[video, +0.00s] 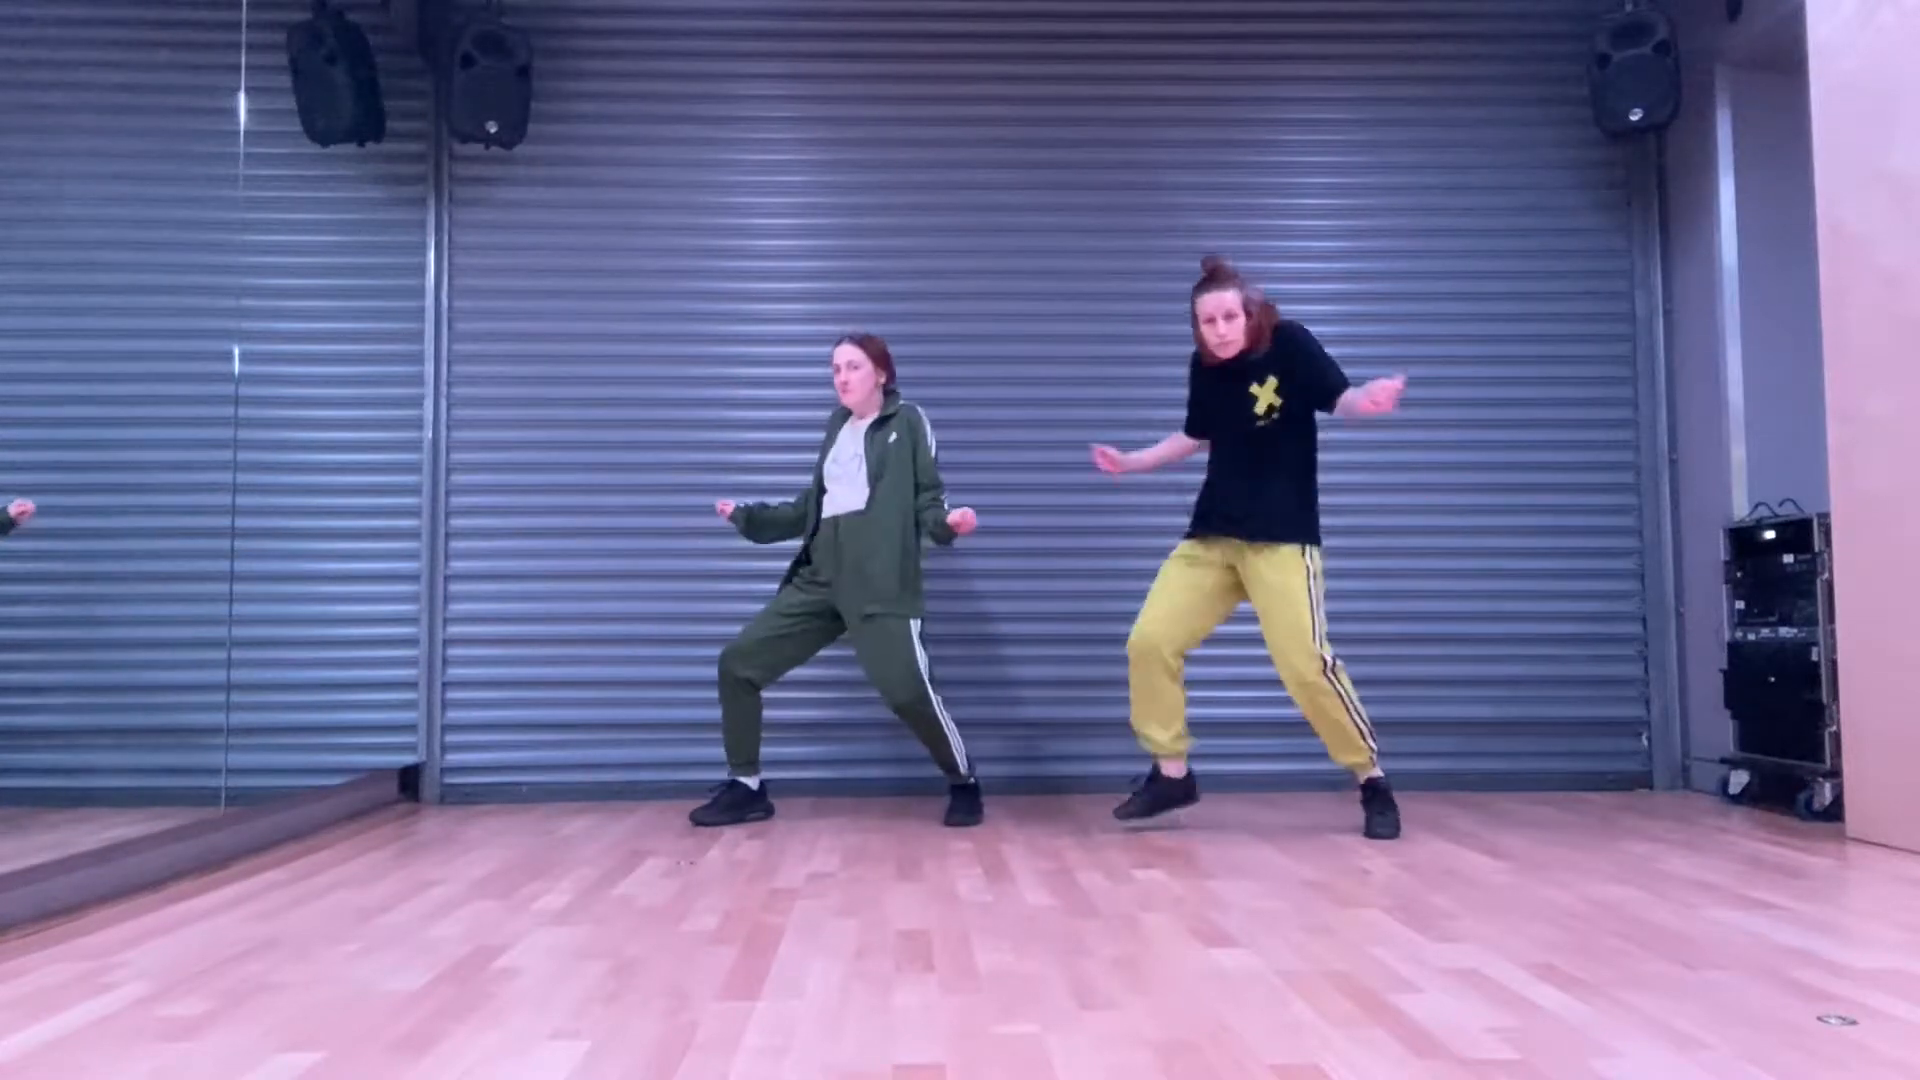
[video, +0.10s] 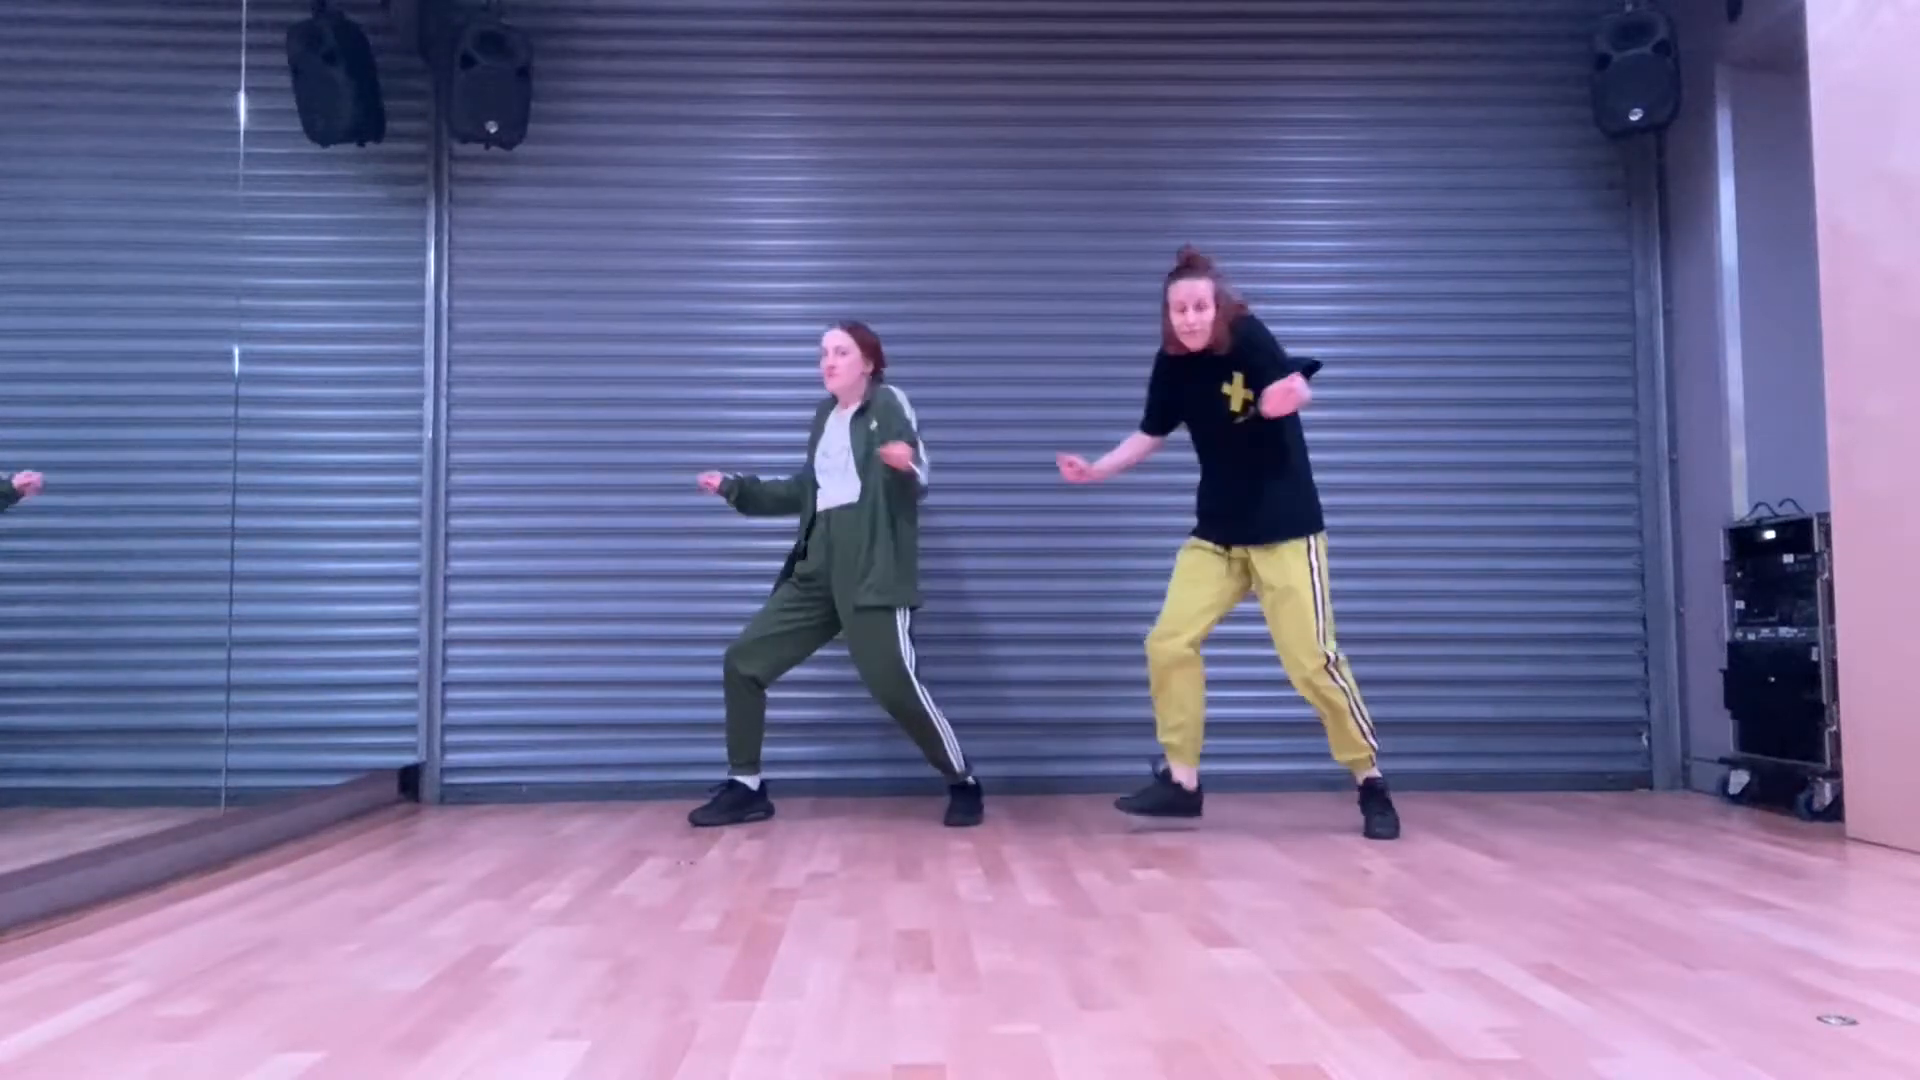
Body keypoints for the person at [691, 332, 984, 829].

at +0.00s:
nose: (841, 377)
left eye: (852, 367)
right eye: (836, 370)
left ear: (881, 374)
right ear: (833, 379)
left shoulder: (908, 422)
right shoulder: (838, 429)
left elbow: (928, 505)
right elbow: (816, 511)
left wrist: (944, 524)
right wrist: (748, 517)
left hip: (883, 583)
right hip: (821, 580)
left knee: (908, 694)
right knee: (739, 664)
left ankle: (963, 784)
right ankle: (745, 787)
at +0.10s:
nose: (828, 362)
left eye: (840, 353)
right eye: (824, 355)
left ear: (869, 362)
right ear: (822, 367)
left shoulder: (887, 404)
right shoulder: (826, 418)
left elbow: (915, 472)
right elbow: (810, 492)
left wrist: (904, 462)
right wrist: (736, 488)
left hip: (874, 570)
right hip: (818, 572)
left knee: (894, 685)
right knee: (744, 663)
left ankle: (962, 783)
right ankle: (745, 787)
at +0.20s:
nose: (791, 341)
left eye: (803, 333)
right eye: (789, 333)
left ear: (831, 345)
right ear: (784, 344)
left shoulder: (838, 379)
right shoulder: (782, 391)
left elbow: (859, 427)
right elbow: (759, 460)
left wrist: (807, 457)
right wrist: (692, 489)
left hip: (870, 552)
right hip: (818, 558)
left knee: (908, 673)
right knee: (762, 650)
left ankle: (966, 778)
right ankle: (753, 778)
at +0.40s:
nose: (745, 342)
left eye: (757, 332)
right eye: (739, 334)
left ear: (784, 339)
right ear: (736, 343)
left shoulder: (800, 399)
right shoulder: (748, 406)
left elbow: (817, 478)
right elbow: (750, 497)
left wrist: (816, 550)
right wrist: (719, 557)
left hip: (825, 557)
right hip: (774, 562)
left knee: (872, 666)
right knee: (735, 661)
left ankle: (957, 767)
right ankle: (761, 786)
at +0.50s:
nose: (733, 363)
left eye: (741, 352)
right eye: (727, 355)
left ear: (773, 354)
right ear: (728, 363)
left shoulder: (812, 404)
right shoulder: (747, 415)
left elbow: (839, 481)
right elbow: (755, 493)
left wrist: (822, 521)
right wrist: (718, 526)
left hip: (789, 562)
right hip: (740, 565)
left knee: (808, 680)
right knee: (710, 673)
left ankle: (906, 752)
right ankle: (761, 788)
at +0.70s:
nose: (727, 369)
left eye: (738, 359)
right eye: (721, 360)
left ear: (766, 366)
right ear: (718, 368)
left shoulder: (790, 414)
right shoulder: (717, 432)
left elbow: (809, 486)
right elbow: (692, 518)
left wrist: (776, 546)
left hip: (797, 559)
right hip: (745, 561)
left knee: (726, 671)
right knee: (706, 675)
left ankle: (784, 778)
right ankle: (754, 783)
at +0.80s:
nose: (718, 356)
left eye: (730, 348)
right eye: (716, 348)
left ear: (759, 359)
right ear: (714, 360)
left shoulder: (782, 406)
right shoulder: (714, 430)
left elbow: (822, 478)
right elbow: (710, 509)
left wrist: (796, 494)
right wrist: (668, 535)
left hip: (795, 569)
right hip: (743, 571)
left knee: (748, 678)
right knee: (708, 675)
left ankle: (790, 787)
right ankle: (755, 786)